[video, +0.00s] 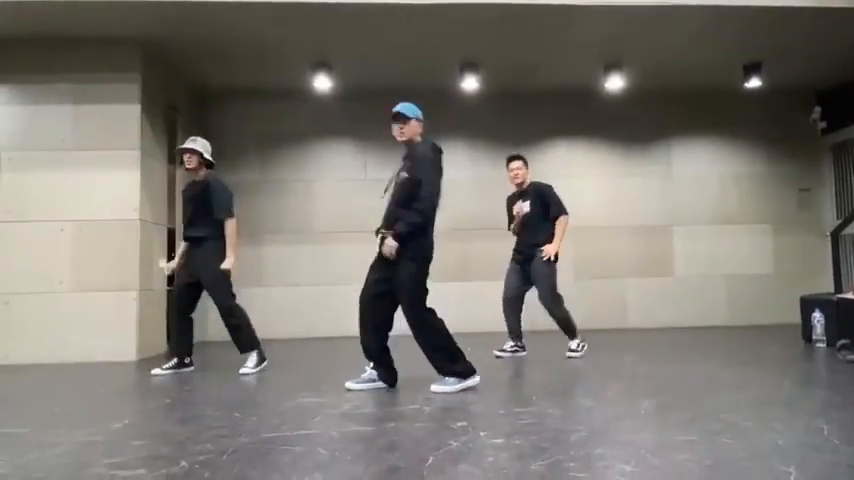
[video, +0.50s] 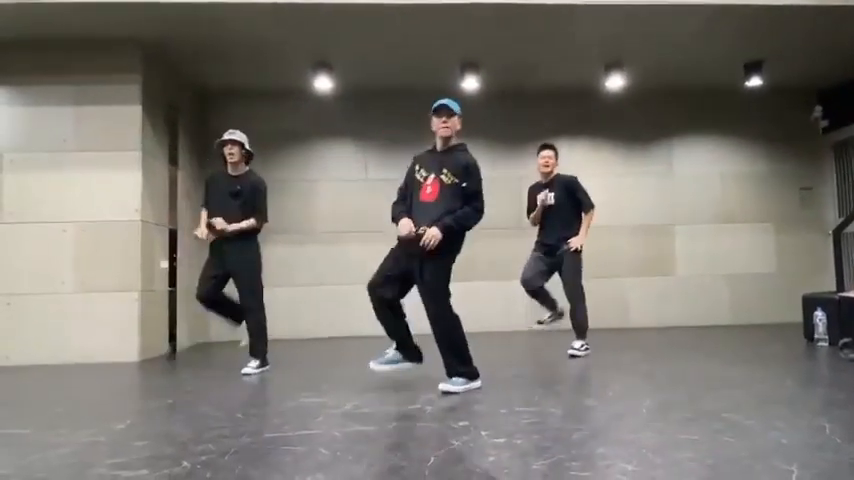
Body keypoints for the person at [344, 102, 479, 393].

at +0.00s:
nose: (398, 127)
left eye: (404, 122)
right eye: (395, 123)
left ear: (419, 125)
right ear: (394, 128)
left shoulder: (426, 152)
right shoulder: (409, 156)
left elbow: (426, 202)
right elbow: (400, 199)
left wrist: (396, 234)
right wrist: (387, 230)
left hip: (414, 246)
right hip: (394, 244)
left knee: (414, 308)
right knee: (372, 303)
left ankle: (461, 372)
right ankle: (381, 371)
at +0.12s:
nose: (427, 127)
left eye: (432, 121)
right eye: (421, 123)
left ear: (442, 125)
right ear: (414, 128)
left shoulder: (451, 163)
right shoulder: (410, 165)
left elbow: (452, 210)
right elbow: (393, 202)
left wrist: (418, 234)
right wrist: (388, 229)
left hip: (426, 246)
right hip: (398, 244)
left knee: (425, 310)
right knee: (377, 302)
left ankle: (461, 373)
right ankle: (381, 371)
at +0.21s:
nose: (436, 125)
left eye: (441, 119)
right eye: (430, 120)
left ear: (451, 122)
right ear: (424, 126)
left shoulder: (460, 162)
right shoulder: (414, 160)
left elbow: (464, 207)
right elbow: (394, 196)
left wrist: (430, 226)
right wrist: (392, 222)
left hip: (429, 245)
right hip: (400, 242)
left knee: (432, 308)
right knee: (383, 303)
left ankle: (462, 373)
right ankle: (382, 370)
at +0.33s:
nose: (446, 121)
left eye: (450, 115)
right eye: (440, 117)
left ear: (460, 119)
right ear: (433, 122)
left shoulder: (468, 161)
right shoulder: (420, 156)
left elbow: (476, 205)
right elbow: (397, 194)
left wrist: (444, 220)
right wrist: (400, 212)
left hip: (438, 244)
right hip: (407, 241)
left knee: (441, 302)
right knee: (390, 296)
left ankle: (464, 373)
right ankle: (388, 368)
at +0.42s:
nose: (446, 120)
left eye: (452, 115)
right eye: (441, 115)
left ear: (461, 121)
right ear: (433, 121)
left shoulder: (467, 160)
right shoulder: (421, 157)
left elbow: (477, 206)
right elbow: (400, 195)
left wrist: (446, 224)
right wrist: (402, 213)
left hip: (441, 245)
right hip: (410, 241)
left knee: (439, 303)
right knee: (385, 292)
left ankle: (464, 373)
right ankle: (402, 360)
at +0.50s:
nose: (444, 121)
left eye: (450, 116)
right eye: (439, 116)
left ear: (459, 123)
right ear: (431, 122)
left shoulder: (464, 161)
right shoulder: (420, 160)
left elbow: (475, 208)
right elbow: (402, 199)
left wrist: (442, 228)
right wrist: (402, 217)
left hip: (439, 244)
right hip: (411, 241)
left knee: (436, 303)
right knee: (380, 290)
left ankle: (464, 373)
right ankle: (407, 351)